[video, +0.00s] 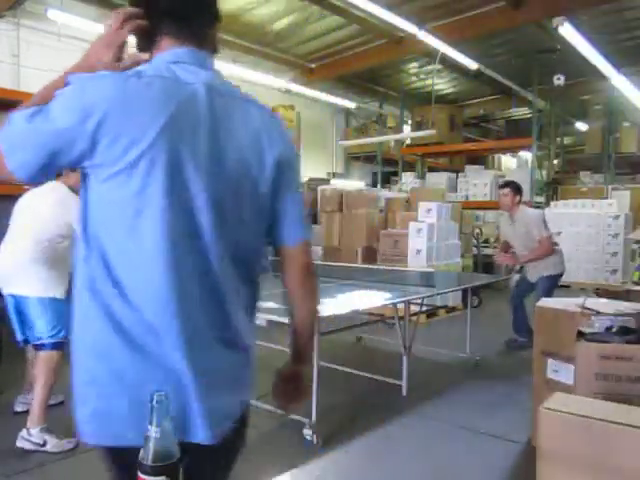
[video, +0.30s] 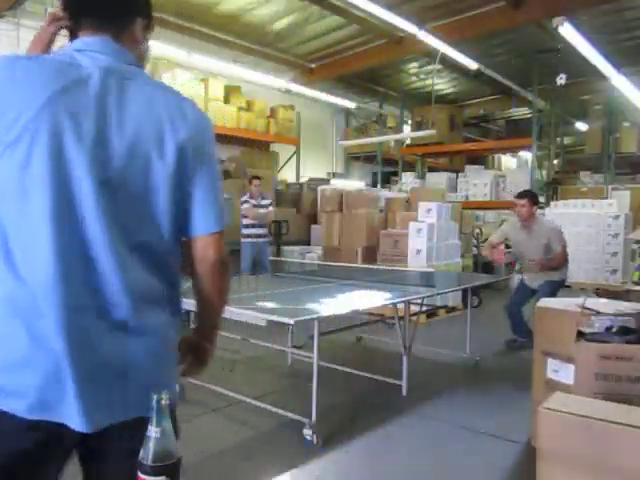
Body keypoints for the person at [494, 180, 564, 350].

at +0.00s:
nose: (501, 200)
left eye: (505, 195)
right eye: (500, 195)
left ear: (516, 197)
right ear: (501, 198)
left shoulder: (533, 216)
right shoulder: (506, 220)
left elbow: (547, 248)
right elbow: (506, 244)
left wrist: (519, 259)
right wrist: (502, 254)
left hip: (550, 266)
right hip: (531, 266)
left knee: (539, 301)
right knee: (515, 297)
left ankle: (544, 339)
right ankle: (523, 336)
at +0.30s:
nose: (518, 210)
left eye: (523, 206)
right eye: (516, 206)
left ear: (534, 208)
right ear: (514, 208)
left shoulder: (550, 228)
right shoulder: (511, 226)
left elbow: (562, 259)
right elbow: (488, 245)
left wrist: (546, 264)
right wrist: (493, 254)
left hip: (552, 276)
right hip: (529, 276)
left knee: (540, 305)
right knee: (512, 307)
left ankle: (544, 339)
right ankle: (523, 337)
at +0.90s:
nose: (506, 199)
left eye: (510, 195)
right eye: (505, 195)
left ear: (522, 198)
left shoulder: (537, 219)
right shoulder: (505, 220)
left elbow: (551, 249)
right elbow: (497, 242)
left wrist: (525, 261)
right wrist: (501, 256)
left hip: (541, 270)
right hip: (521, 271)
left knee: (537, 308)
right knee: (503, 299)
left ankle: (541, 345)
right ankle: (509, 334)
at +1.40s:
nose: (519, 210)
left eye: (523, 205)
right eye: (516, 205)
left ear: (532, 207)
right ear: (512, 208)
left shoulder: (546, 229)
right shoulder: (508, 226)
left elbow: (558, 259)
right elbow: (495, 248)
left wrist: (542, 269)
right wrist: (509, 264)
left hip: (539, 279)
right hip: (517, 278)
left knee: (536, 309)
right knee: (496, 307)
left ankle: (542, 344)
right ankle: (509, 335)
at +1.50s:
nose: (525, 212)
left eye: (529, 207)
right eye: (523, 207)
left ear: (539, 209)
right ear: (520, 209)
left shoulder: (552, 233)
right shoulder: (514, 226)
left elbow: (564, 261)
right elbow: (493, 247)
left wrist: (553, 270)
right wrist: (509, 257)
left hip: (541, 278)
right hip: (519, 278)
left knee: (539, 312)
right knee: (497, 311)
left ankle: (543, 347)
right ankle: (510, 336)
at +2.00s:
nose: (514, 198)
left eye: (518, 194)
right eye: (512, 194)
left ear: (528, 197)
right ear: (511, 197)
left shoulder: (543, 220)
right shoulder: (509, 219)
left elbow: (559, 249)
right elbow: (500, 240)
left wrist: (534, 263)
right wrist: (504, 255)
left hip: (542, 270)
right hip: (521, 268)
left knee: (540, 307)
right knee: (501, 296)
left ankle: (545, 346)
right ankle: (489, 331)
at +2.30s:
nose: (495, 195)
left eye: (499, 191)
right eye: (493, 190)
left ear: (510, 194)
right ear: (492, 193)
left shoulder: (524, 213)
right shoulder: (491, 214)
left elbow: (539, 241)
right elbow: (483, 235)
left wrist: (518, 250)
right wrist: (491, 248)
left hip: (530, 265)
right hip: (507, 265)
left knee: (536, 305)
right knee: (490, 294)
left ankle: (544, 342)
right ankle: (488, 331)